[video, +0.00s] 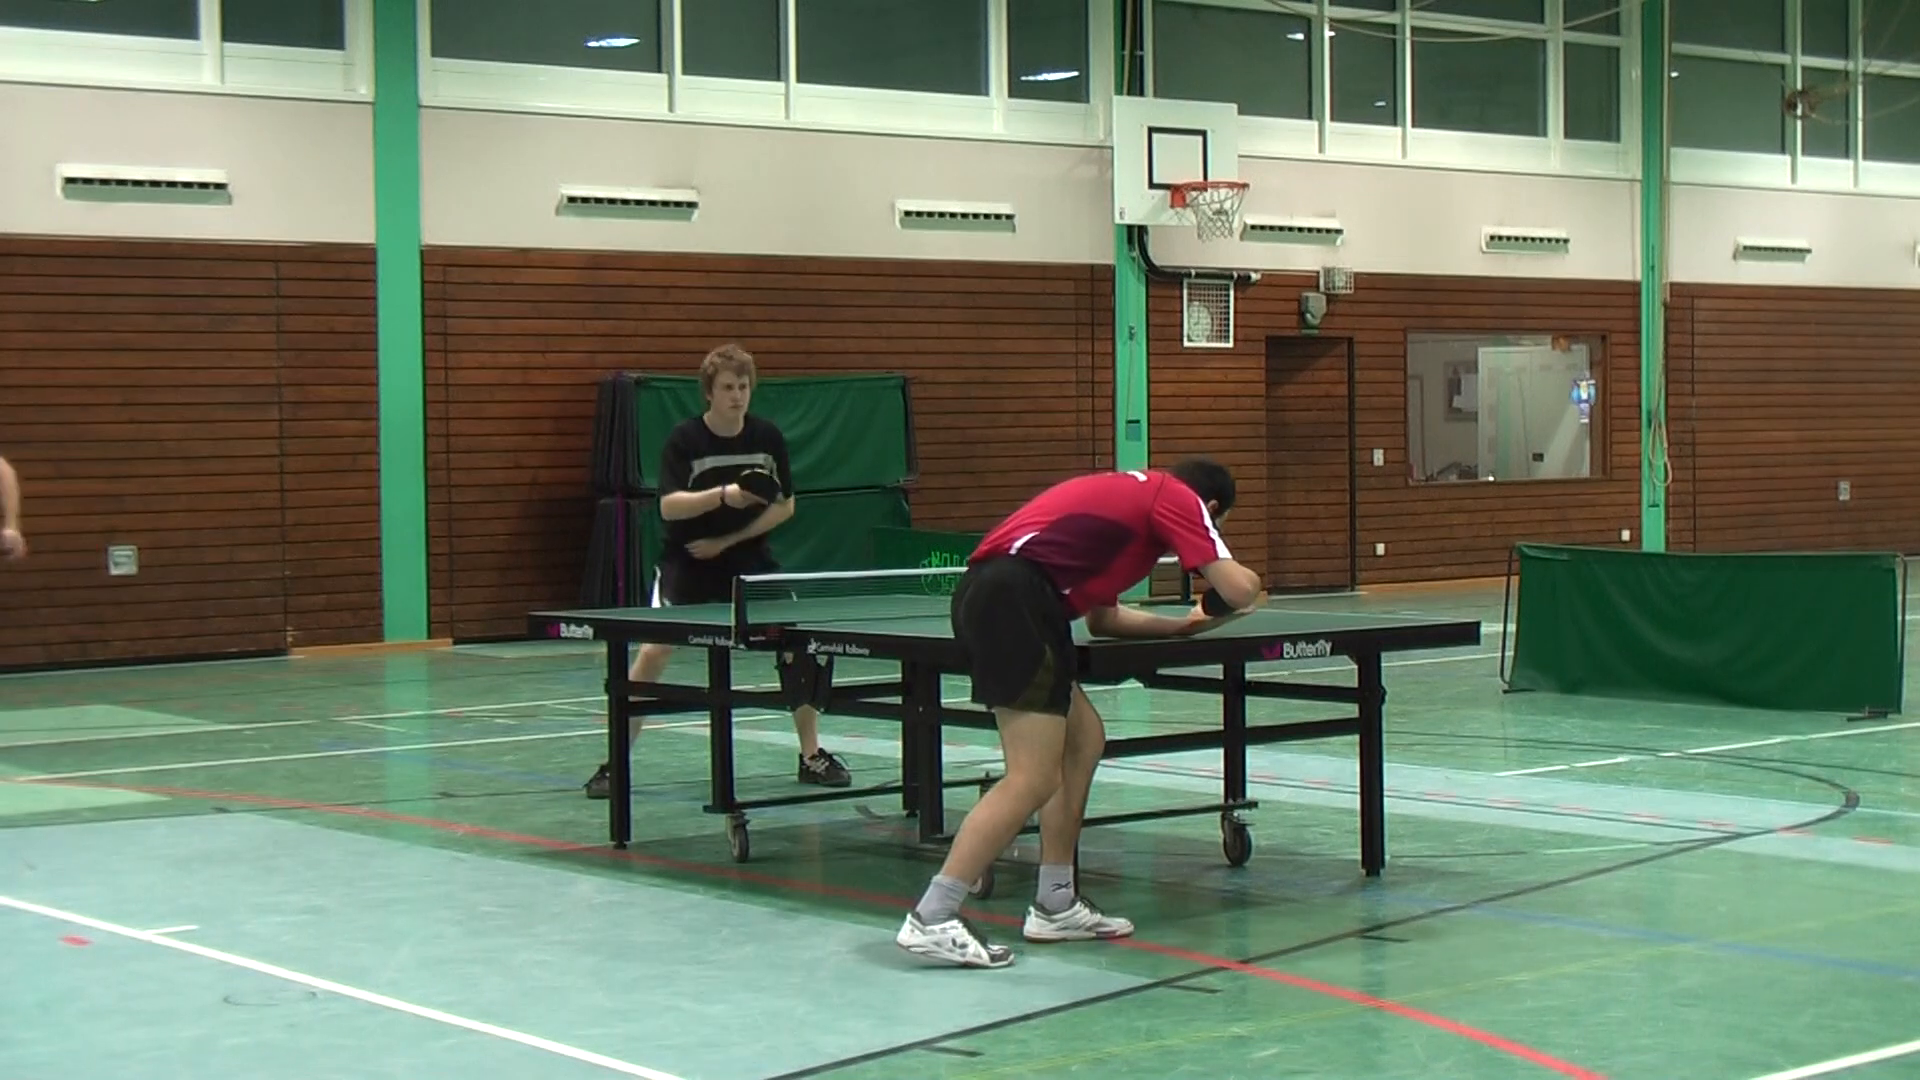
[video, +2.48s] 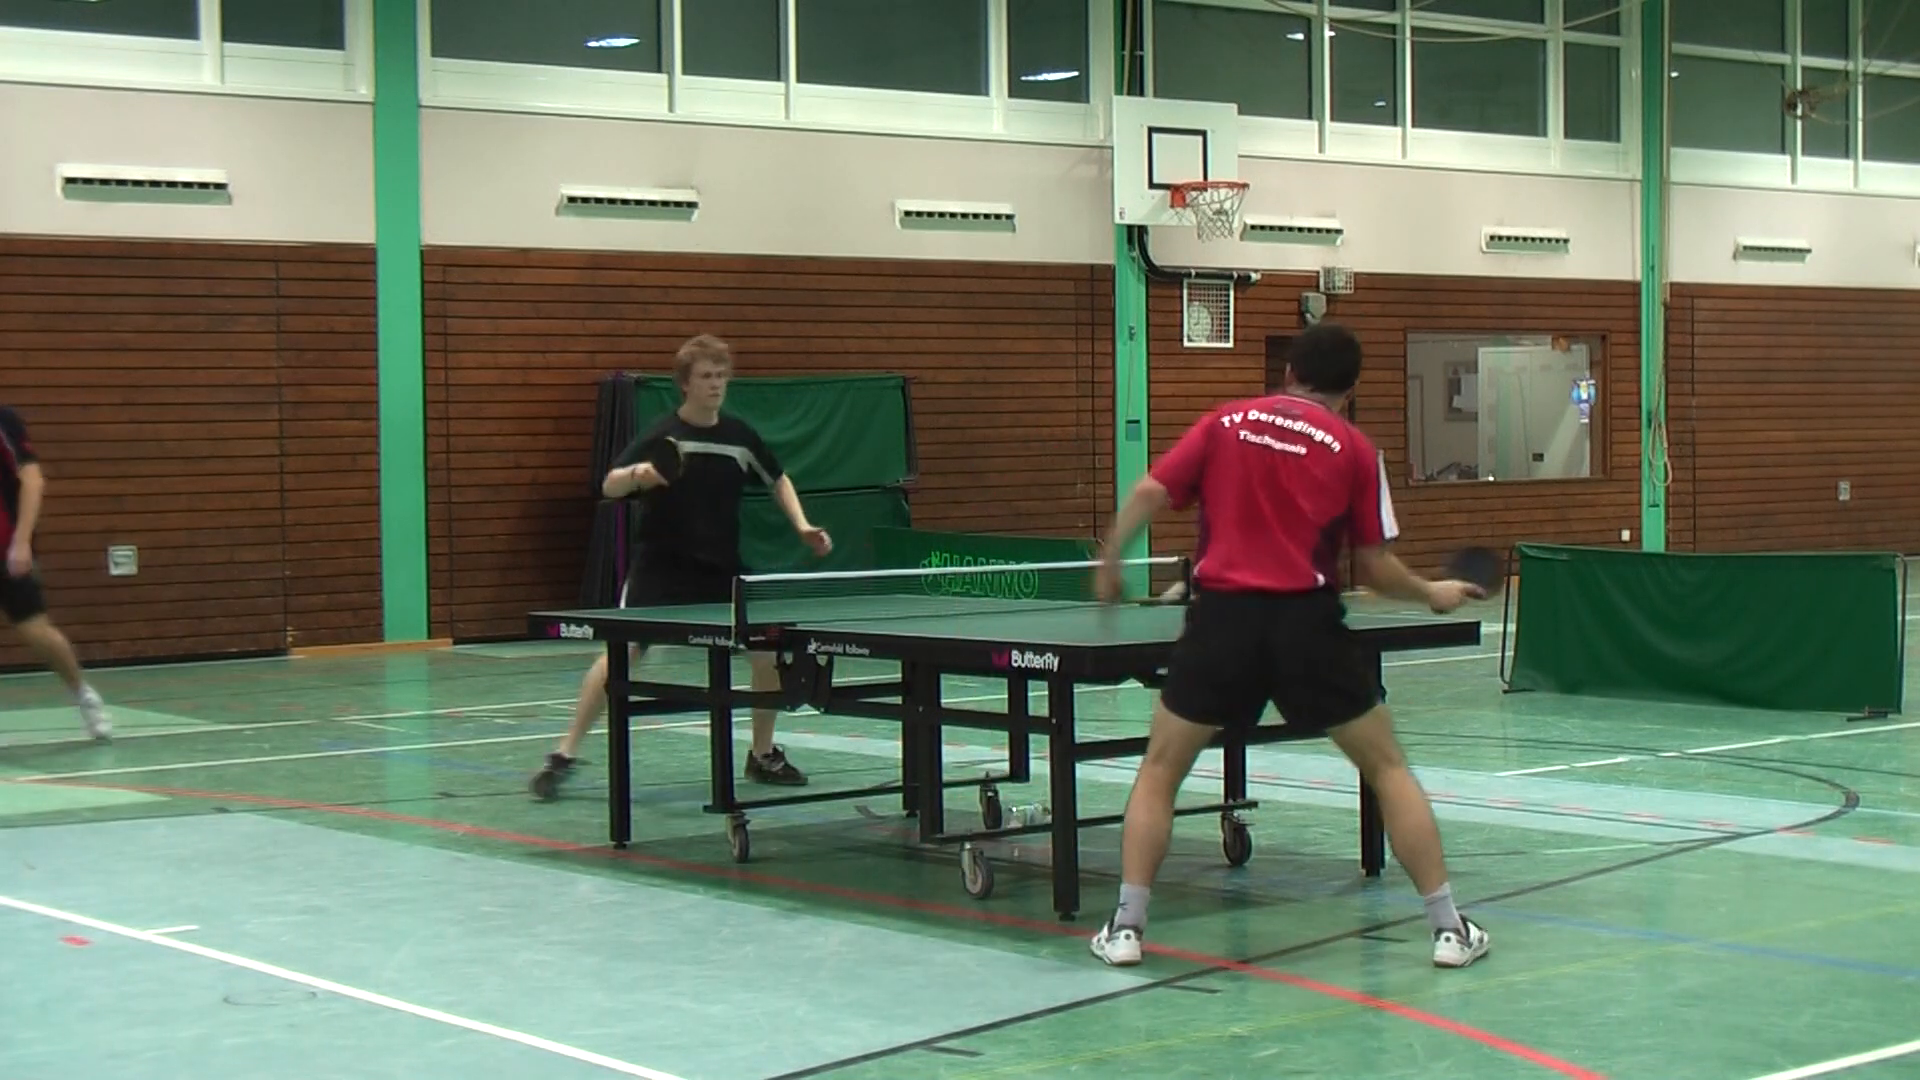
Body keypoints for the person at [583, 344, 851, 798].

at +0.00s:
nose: (736, 394)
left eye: (742, 385)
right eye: (726, 386)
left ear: (751, 389)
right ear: (708, 391)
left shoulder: (768, 437)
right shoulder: (685, 438)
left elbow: (784, 506)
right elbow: (669, 506)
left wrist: (726, 541)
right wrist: (723, 495)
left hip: (752, 562)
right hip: (688, 564)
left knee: (796, 642)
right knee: (655, 651)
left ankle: (812, 754)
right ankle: (616, 762)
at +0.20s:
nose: (743, 381)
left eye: (750, 373)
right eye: (734, 374)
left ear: (759, 377)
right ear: (715, 379)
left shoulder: (778, 430)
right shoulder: (693, 432)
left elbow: (800, 490)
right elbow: (669, 498)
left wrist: (782, 537)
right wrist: (722, 495)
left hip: (755, 565)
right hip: (693, 566)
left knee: (796, 648)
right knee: (647, 648)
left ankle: (813, 755)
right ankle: (612, 755)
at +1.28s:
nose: (720, 373)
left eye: (726, 365)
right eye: (710, 366)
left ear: (736, 370)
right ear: (691, 371)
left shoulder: (755, 424)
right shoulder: (667, 426)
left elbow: (787, 482)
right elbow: (624, 486)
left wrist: (801, 540)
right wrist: (658, 517)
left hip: (744, 567)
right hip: (678, 569)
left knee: (783, 649)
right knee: (630, 663)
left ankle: (797, 756)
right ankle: (594, 765)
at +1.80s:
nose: (758, 432)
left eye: (764, 423)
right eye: (748, 423)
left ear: (773, 424)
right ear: (729, 425)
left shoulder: (784, 471)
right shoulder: (703, 475)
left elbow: (822, 513)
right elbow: (659, 531)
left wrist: (831, 529)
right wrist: (711, 558)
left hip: (768, 598)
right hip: (705, 599)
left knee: (834, 652)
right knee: (676, 664)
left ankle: (831, 757)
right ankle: (622, 767)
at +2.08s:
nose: (760, 459)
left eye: (765, 451)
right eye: (751, 451)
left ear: (771, 454)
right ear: (728, 453)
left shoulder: (778, 494)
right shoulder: (707, 495)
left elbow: (830, 523)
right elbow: (693, 534)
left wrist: (865, 541)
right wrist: (732, 525)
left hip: (755, 612)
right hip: (694, 613)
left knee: (838, 654)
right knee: (686, 677)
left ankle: (831, 756)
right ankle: (619, 772)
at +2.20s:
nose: (751, 430)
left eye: (756, 421)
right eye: (742, 422)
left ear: (762, 424)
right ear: (720, 424)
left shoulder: (767, 471)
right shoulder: (701, 462)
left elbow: (811, 496)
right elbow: (679, 464)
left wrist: (856, 525)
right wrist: (682, 459)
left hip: (747, 601)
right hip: (689, 602)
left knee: (823, 652)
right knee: (686, 674)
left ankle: (831, 757)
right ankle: (619, 769)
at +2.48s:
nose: (716, 384)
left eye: (722, 376)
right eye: (706, 377)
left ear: (729, 380)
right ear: (684, 382)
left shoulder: (741, 436)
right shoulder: (662, 434)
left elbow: (778, 480)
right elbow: (610, 485)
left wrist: (801, 525)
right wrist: (636, 475)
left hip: (722, 572)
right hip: (659, 571)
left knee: (768, 648)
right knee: (618, 655)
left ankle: (764, 753)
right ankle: (565, 753)